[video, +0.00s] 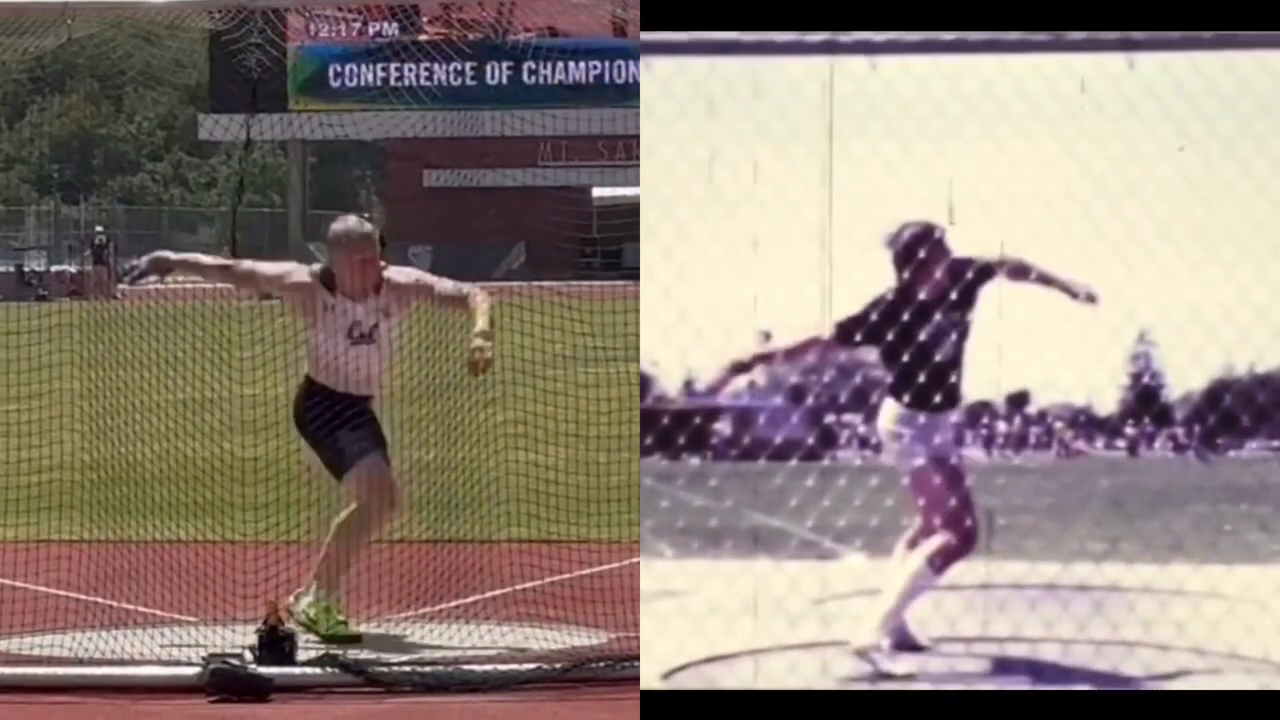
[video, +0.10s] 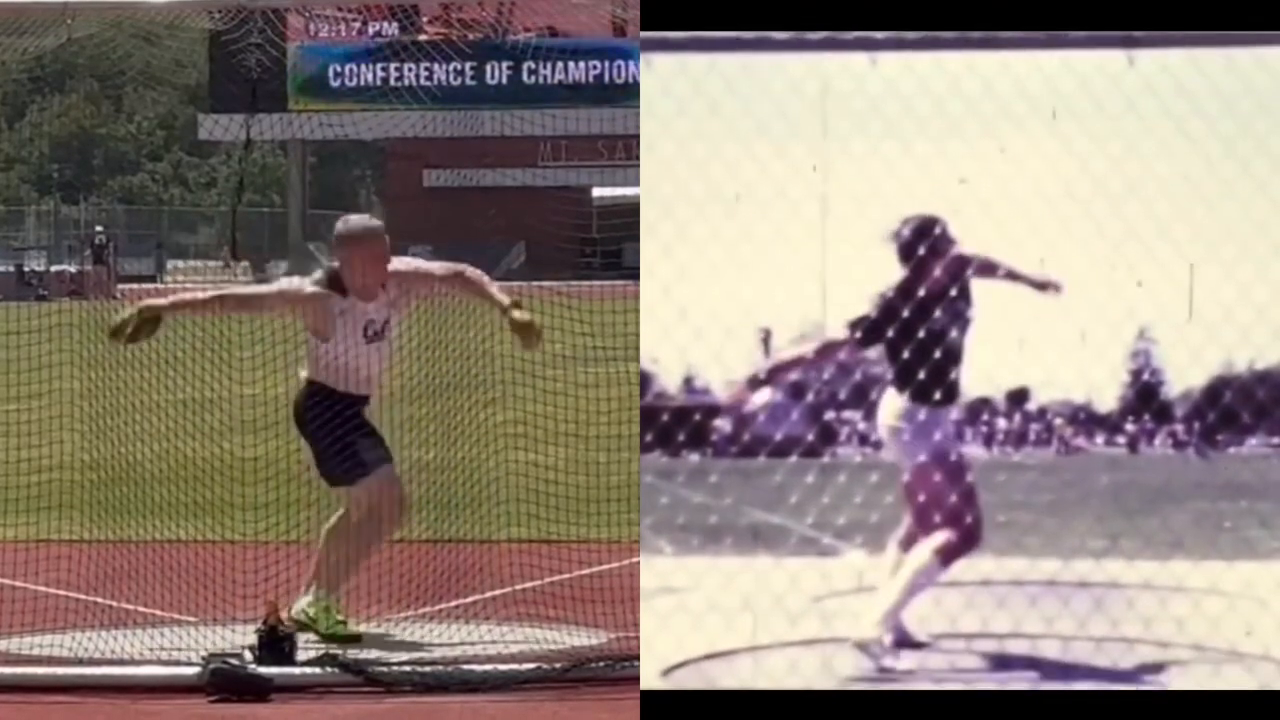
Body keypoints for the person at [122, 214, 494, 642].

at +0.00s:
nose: (374, 270)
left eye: (376, 261)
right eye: (364, 263)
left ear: (380, 259)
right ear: (338, 264)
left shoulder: (397, 284)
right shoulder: (308, 287)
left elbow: (477, 296)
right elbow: (235, 271)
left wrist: (482, 335)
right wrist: (172, 261)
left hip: (360, 408)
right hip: (323, 404)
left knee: (384, 500)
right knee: (377, 494)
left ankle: (319, 599)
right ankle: (317, 600)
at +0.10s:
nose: (381, 266)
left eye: (384, 256)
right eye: (371, 257)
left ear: (387, 257)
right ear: (343, 261)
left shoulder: (398, 282)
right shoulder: (314, 295)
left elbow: (463, 274)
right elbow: (233, 300)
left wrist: (510, 308)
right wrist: (162, 306)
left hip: (356, 407)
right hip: (325, 405)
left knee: (390, 509)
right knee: (376, 499)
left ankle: (316, 605)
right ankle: (315, 602)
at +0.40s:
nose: (400, 223)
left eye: (397, 215)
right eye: (393, 217)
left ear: (357, 226)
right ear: (370, 228)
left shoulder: (336, 239)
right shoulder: (351, 285)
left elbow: (301, 237)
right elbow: (311, 336)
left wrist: (341, 233)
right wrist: (284, 389)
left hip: (322, 387)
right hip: (353, 389)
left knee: (327, 500)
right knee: (381, 502)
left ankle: (304, 604)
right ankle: (318, 593)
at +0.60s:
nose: (352, 203)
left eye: (341, 193)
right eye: (359, 193)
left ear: (325, 193)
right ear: (371, 194)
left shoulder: (294, 227)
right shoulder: (393, 242)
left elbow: (224, 248)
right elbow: (459, 283)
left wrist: (206, 208)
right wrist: (522, 313)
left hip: (301, 359)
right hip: (354, 362)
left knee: (298, 481)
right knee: (348, 481)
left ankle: (303, 589)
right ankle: (335, 571)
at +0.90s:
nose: (329, 173)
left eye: (332, 169)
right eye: (337, 168)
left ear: (338, 179)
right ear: (371, 180)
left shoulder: (318, 225)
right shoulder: (386, 204)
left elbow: (250, 247)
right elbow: (431, 177)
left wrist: (237, 202)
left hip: (305, 345)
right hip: (353, 348)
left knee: (275, 452)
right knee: (336, 460)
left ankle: (294, 553)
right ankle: (364, 539)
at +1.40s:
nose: (321, 173)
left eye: (333, 167)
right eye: (321, 164)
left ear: (359, 176)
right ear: (318, 168)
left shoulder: (375, 214)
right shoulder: (297, 211)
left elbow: (387, 262)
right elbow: (238, 238)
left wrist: (337, 224)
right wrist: (197, 261)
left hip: (359, 337)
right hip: (324, 340)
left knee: (268, 381)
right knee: (302, 465)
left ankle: (273, 506)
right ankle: (337, 575)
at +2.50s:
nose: (376, 201)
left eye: (377, 193)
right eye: (370, 191)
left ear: (348, 192)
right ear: (344, 190)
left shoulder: (341, 233)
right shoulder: (320, 225)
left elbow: (350, 287)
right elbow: (396, 231)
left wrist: (401, 311)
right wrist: (462, 214)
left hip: (337, 347)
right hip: (293, 366)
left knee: (428, 362)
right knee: (322, 484)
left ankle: (514, 431)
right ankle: (281, 579)